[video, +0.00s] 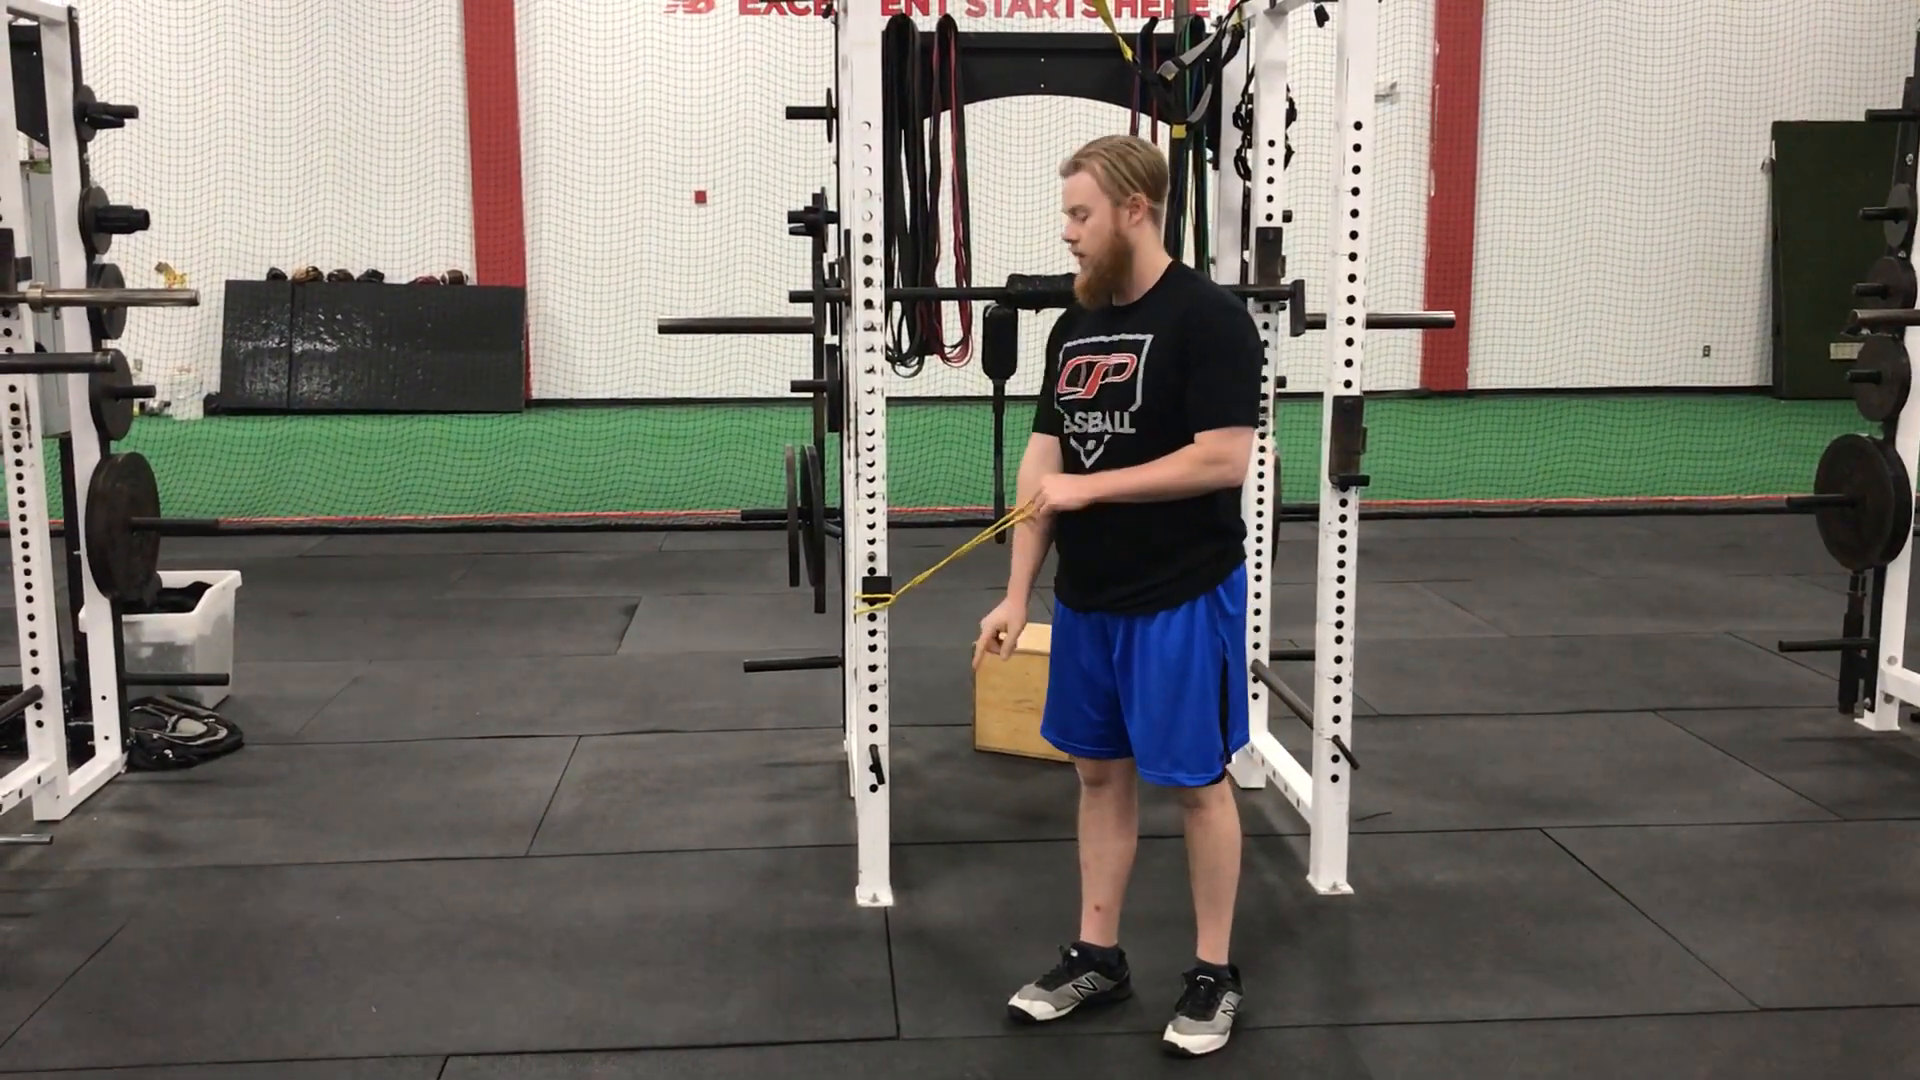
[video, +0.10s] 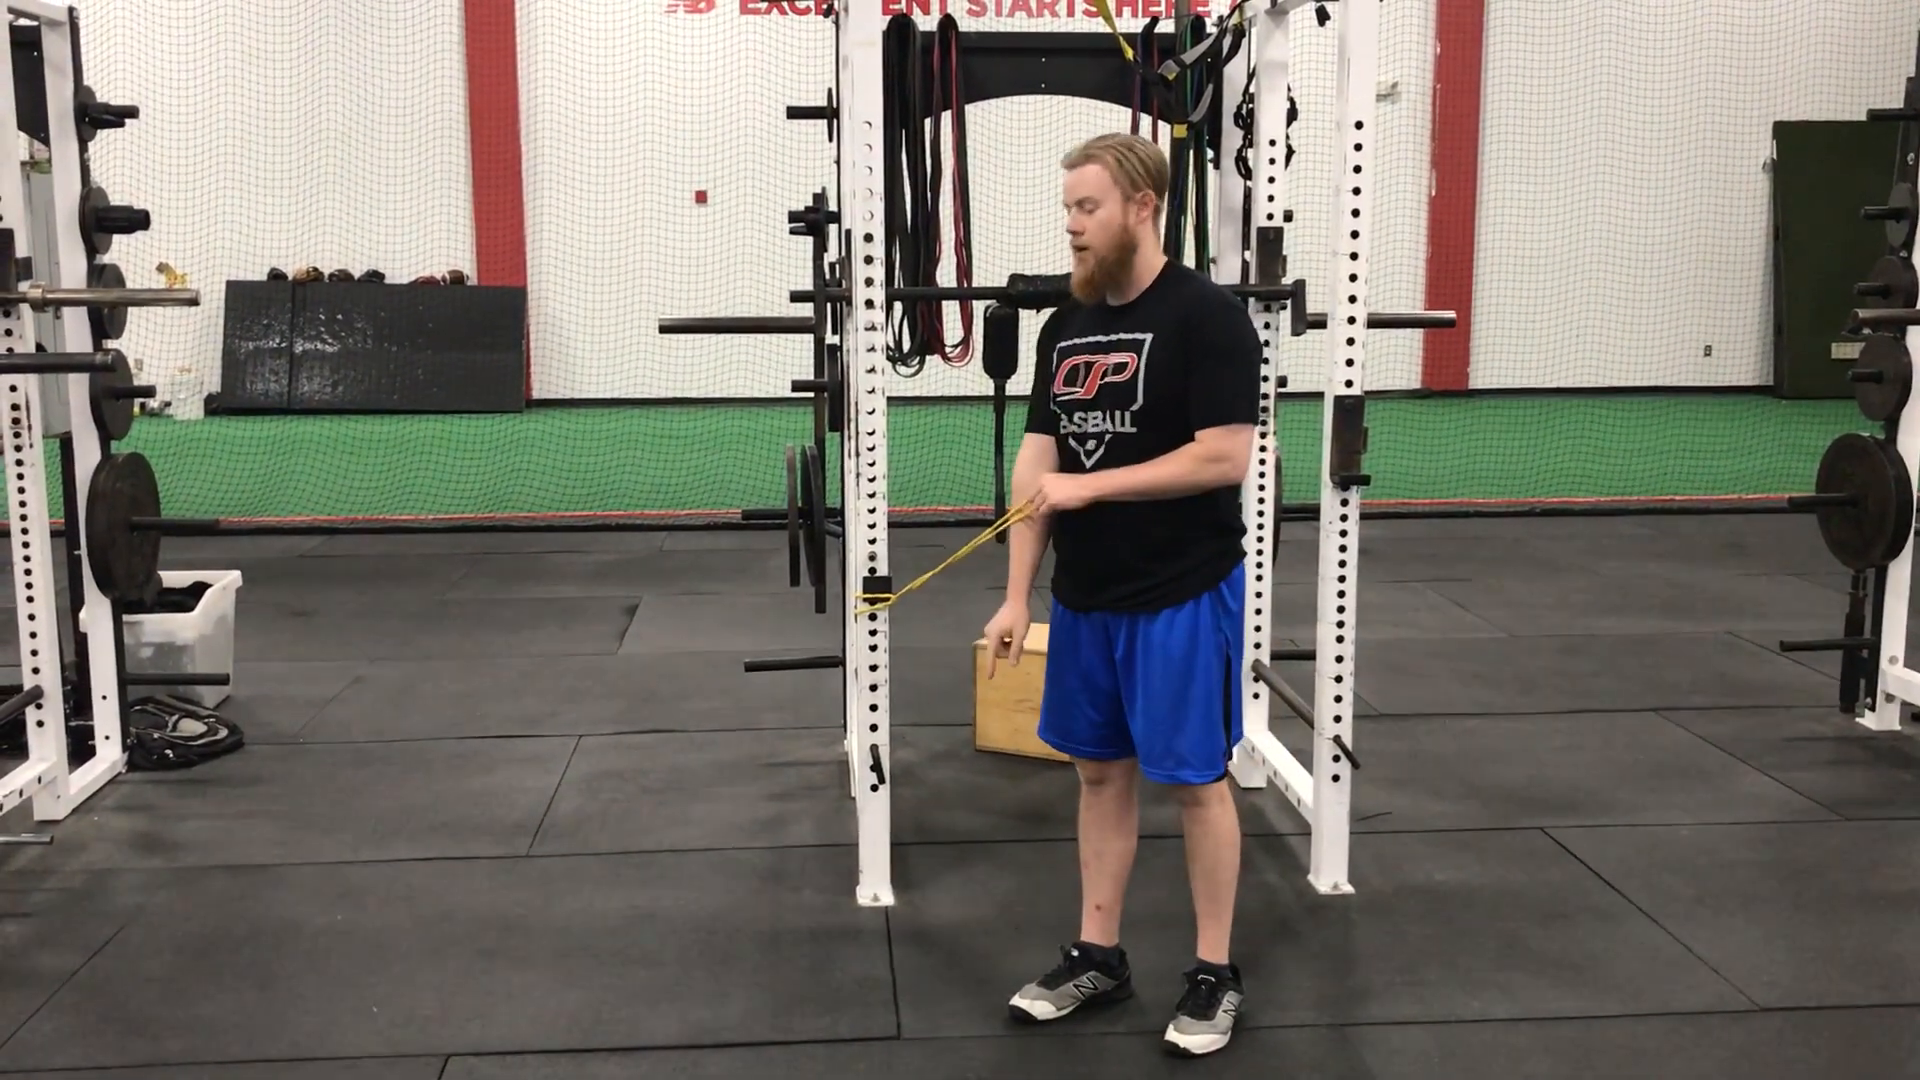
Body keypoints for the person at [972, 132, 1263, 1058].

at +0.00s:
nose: (1066, 233)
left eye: (1079, 215)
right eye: (1064, 215)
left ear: (1136, 213)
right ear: (1115, 216)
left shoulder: (1210, 318)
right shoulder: (1078, 328)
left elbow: (1228, 459)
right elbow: (1045, 460)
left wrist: (1088, 486)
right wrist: (1018, 591)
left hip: (1185, 598)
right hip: (1089, 597)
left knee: (1198, 781)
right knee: (1099, 772)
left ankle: (1211, 974)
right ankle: (1097, 957)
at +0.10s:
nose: (1070, 227)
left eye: (1086, 208)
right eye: (1066, 210)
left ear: (1142, 209)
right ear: (1099, 214)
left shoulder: (1209, 316)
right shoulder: (1069, 327)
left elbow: (1227, 457)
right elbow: (1038, 460)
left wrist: (1091, 484)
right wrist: (1017, 596)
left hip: (1185, 596)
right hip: (1088, 596)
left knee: (1197, 779)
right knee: (1100, 772)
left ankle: (1213, 973)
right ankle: (1097, 957)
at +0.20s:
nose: (1077, 220)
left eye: (1096, 203)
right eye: (1072, 204)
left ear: (1150, 209)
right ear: (1073, 213)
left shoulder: (1209, 315)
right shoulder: (1063, 325)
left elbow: (1231, 454)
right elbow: (1039, 459)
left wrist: (1093, 485)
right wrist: (1025, 586)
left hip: (1185, 595)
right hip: (1086, 594)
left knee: (1198, 778)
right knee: (1100, 772)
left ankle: (1213, 972)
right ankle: (1098, 957)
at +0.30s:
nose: (1086, 216)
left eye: (1107, 199)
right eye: (1078, 200)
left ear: (1155, 210)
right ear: (1072, 212)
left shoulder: (1209, 315)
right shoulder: (1057, 326)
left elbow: (1234, 453)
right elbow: (1036, 457)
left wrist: (1098, 484)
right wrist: (1026, 585)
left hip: (1185, 594)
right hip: (1082, 595)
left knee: (1198, 778)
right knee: (1099, 771)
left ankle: (1214, 973)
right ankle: (1099, 958)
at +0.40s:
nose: (1099, 215)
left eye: (1119, 198)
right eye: (1087, 199)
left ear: (1160, 210)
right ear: (1073, 211)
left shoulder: (1210, 316)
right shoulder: (1056, 326)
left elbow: (1232, 453)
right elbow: (1032, 460)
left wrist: (1094, 481)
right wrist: (1024, 593)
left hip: (1185, 595)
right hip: (1080, 596)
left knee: (1198, 779)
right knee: (1098, 772)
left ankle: (1214, 973)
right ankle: (1099, 958)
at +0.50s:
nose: (1103, 212)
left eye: (1123, 197)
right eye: (1091, 196)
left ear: (1162, 212)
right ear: (1075, 210)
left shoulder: (1210, 318)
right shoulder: (1053, 326)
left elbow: (1234, 454)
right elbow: (1031, 458)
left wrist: (1096, 483)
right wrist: (1026, 578)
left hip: (1186, 596)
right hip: (1080, 596)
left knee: (1199, 779)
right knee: (1098, 774)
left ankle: (1215, 974)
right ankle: (1100, 958)